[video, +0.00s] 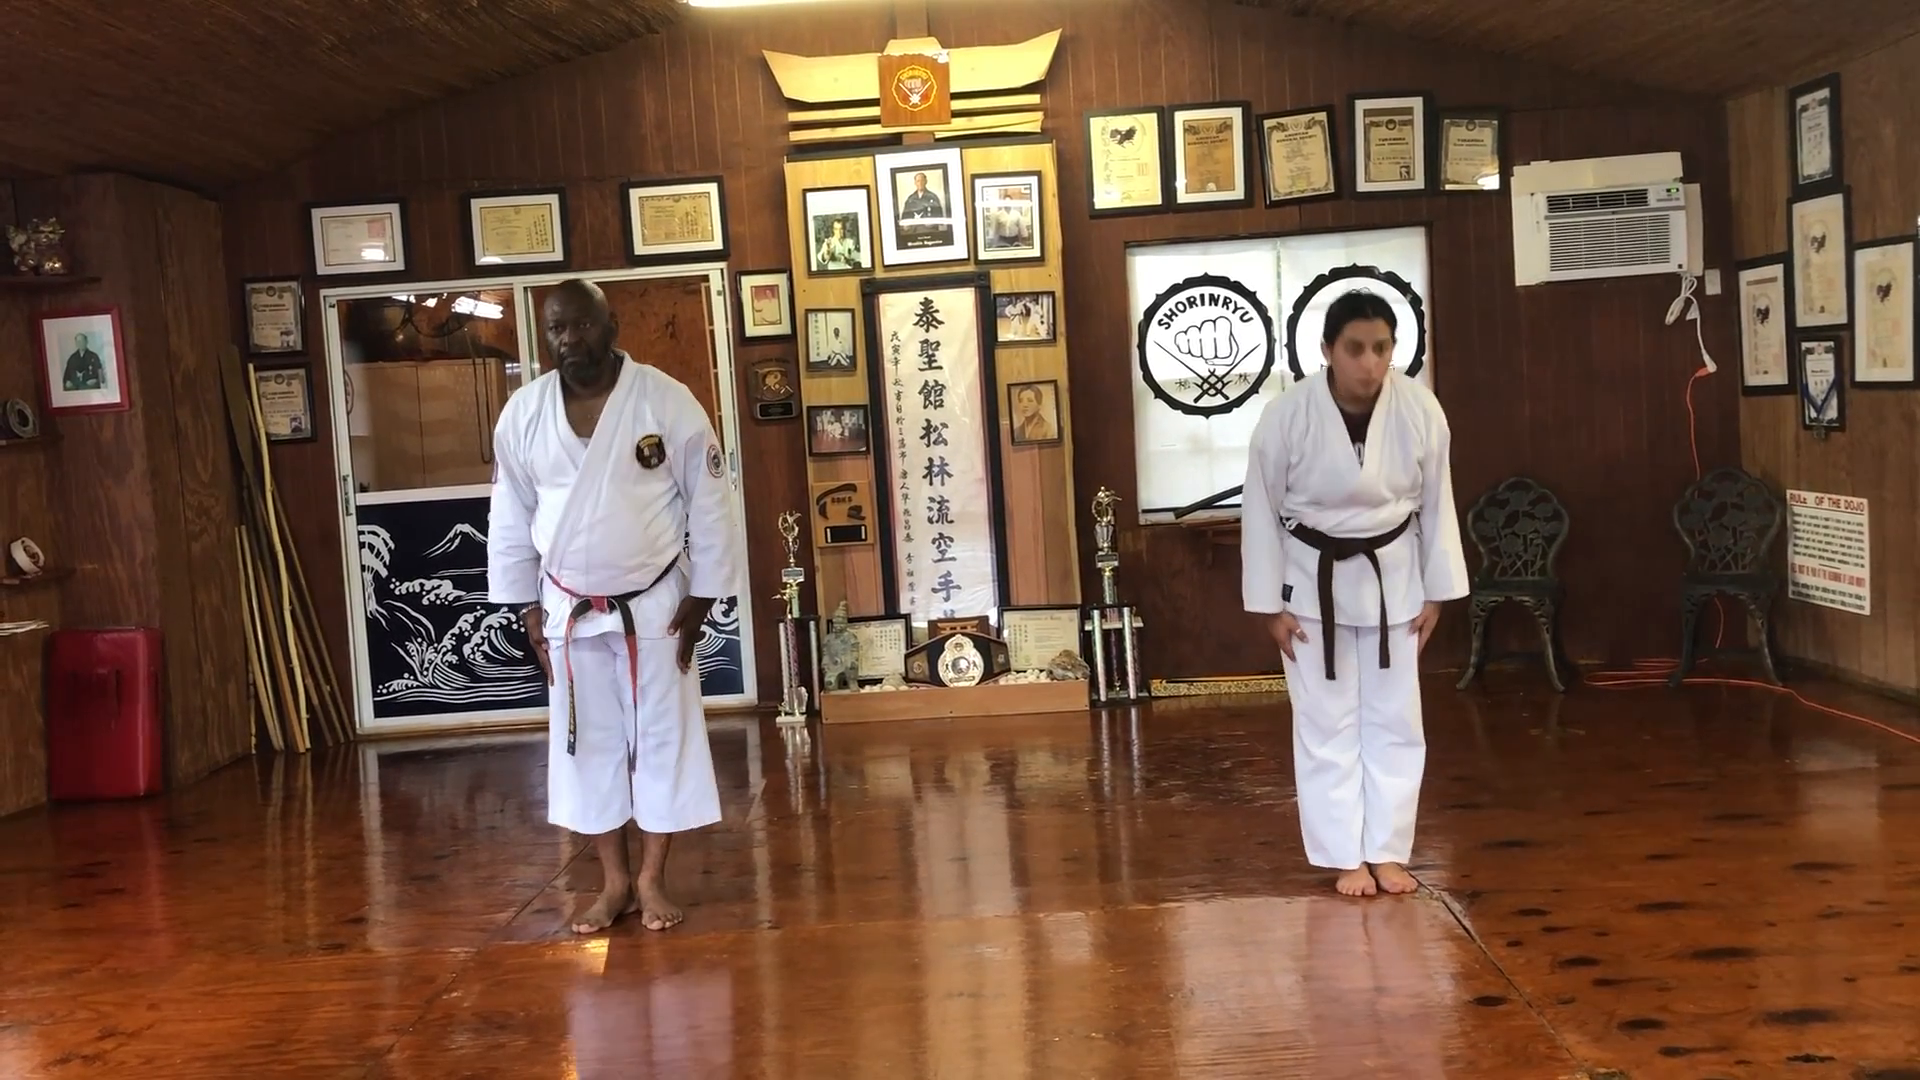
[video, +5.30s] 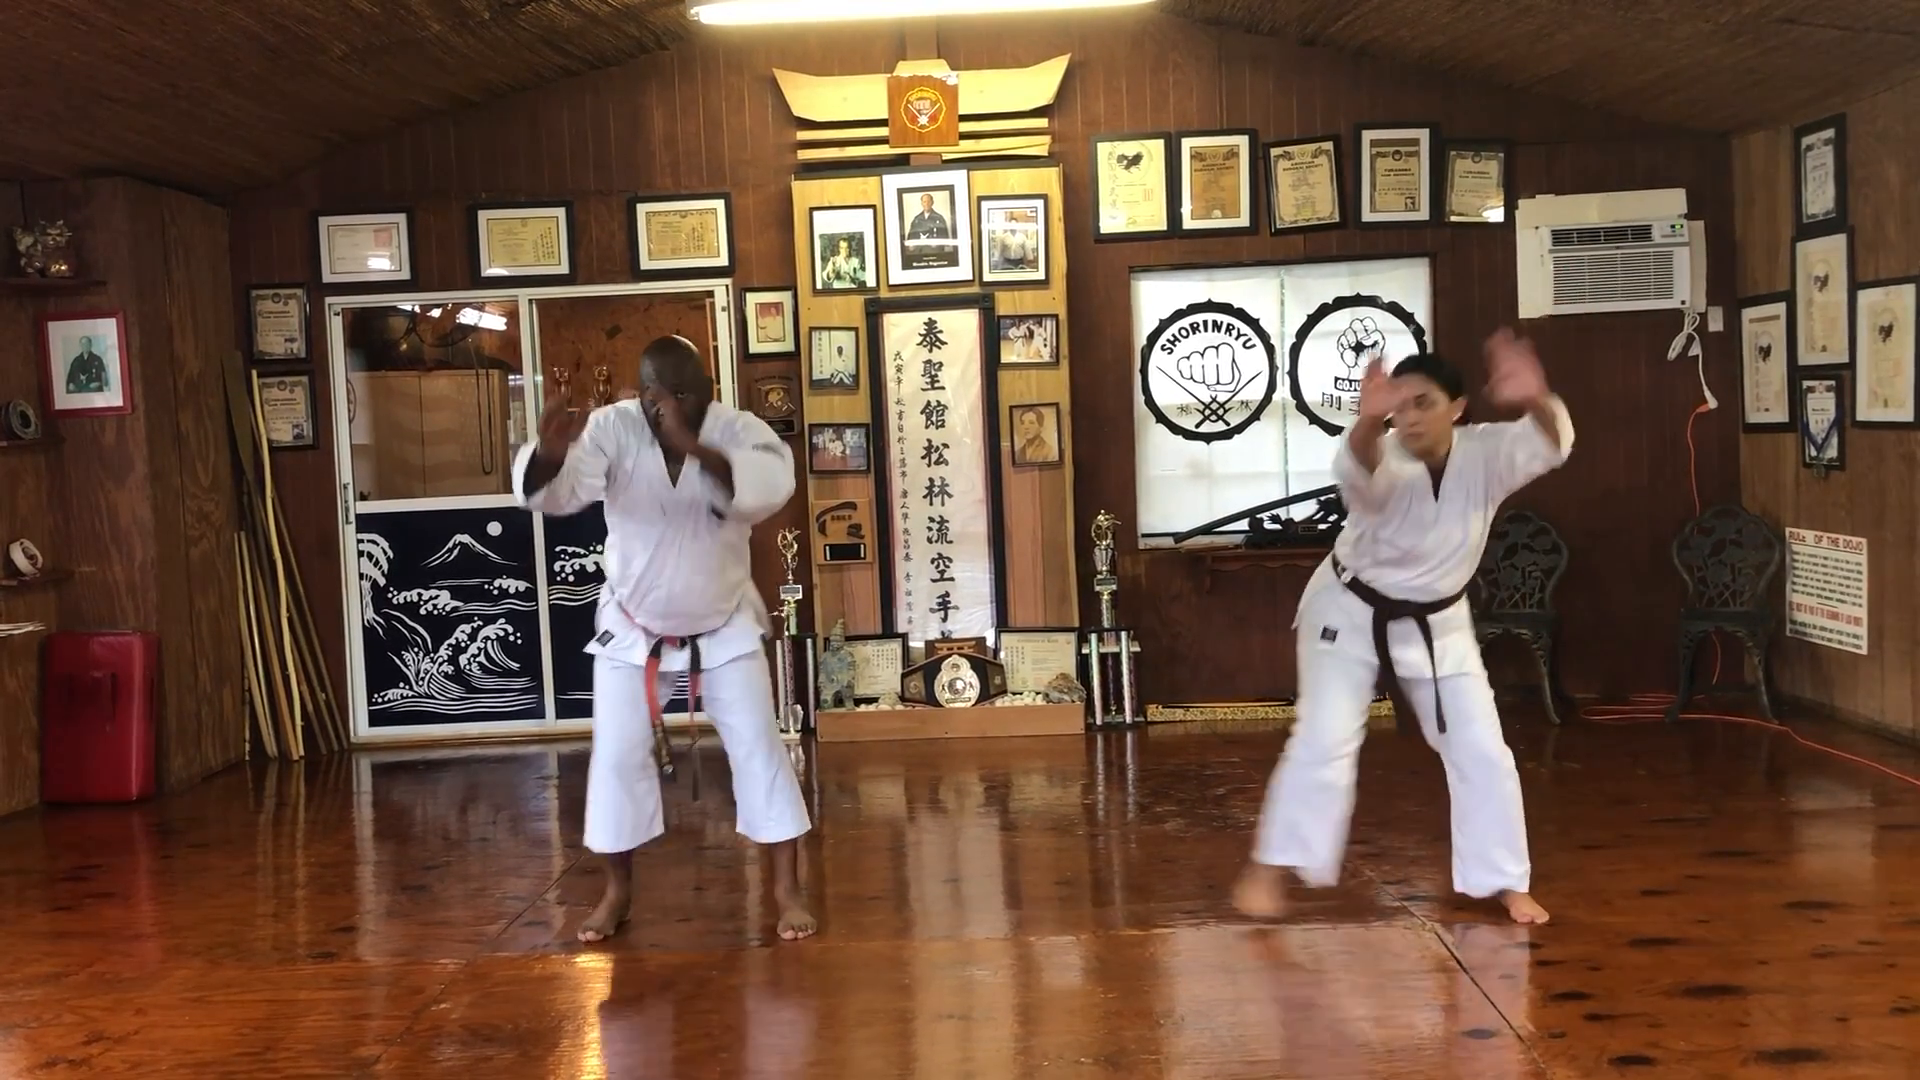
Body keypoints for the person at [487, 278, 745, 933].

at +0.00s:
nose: (566, 340)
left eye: (577, 325)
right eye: (555, 330)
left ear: (610, 325)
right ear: (545, 337)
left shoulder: (667, 401)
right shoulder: (523, 414)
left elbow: (710, 502)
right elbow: (512, 514)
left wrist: (705, 594)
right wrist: (525, 604)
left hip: (655, 595)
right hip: (569, 603)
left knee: (660, 737)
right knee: (588, 738)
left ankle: (650, 880)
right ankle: (613, 882)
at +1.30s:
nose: (592, 324)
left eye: (603, 310)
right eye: (579, 314)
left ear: (631, 316)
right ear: (566, 326)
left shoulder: (682, 394)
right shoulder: (541, 413)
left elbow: (728, 491)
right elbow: (526, 512)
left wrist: (733, 579)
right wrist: (533, 604)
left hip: (680, 585)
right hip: (591, 597)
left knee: (712, 723)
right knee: (600, 735)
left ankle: (747, 868)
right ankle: (620, 881)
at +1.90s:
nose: (693, 328)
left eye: (704, 316)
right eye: (680, 319)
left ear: (730, 323)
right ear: (664, 333)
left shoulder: (779, 406)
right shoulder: (637, 413)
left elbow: (815, 502)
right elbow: (615, 507)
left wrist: (797, 576)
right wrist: (619, 586)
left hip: (761, 594)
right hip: (668, 599)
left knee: (794, 734)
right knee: (651, 743)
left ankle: (815, 877)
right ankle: (626, 888)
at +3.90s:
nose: (673, 339)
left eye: (685, 326)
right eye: (661, 330)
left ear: (715, 334)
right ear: (648, 343)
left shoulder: (764, 418)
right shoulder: (620, 425)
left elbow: (797, 517)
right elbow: (596, 517)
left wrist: (774, 593)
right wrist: (600, 594)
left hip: (738, 608)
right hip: (648, 612)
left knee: (776, 746)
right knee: (631, 752)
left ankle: (804, 889)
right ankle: (614, 901)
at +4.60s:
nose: (653, 352)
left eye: (667, 340)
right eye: (644, 340)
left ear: (701, 340)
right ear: (633, 342)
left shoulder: (755, 405)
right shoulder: (609, 402)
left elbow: (808, 484)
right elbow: (547, 470)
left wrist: (749, 523)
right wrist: (602, 517)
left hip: (735, 594)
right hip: (643, 597)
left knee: (767, 735)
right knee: (621, 740)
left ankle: (802, 888)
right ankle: (603, 897)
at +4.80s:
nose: (651, 416)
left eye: (662, 404)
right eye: (641, 405)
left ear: (684, 390)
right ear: (626, 396)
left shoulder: (726, 425)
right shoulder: (608, 426)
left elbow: (773, 457)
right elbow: (557, 462)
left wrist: (722, 403)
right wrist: (546, 396)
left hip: (739, 619)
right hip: (648, 625)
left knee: (768, 750)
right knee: (622, 754)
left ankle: (786, 893)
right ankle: (599, 899)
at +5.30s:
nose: (659, 408)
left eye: (673, 398)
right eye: (651, 397)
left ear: (703, 391)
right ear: (639, 390)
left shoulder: (737, 429)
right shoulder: (611, 428)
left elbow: (774, 485)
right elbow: (550, 498)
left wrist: (694, 447)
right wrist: (547, 457)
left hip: (723, 618)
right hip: (632, 621)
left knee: (758, 743)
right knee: (616, 752)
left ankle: (786, 893)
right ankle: (616, 891)